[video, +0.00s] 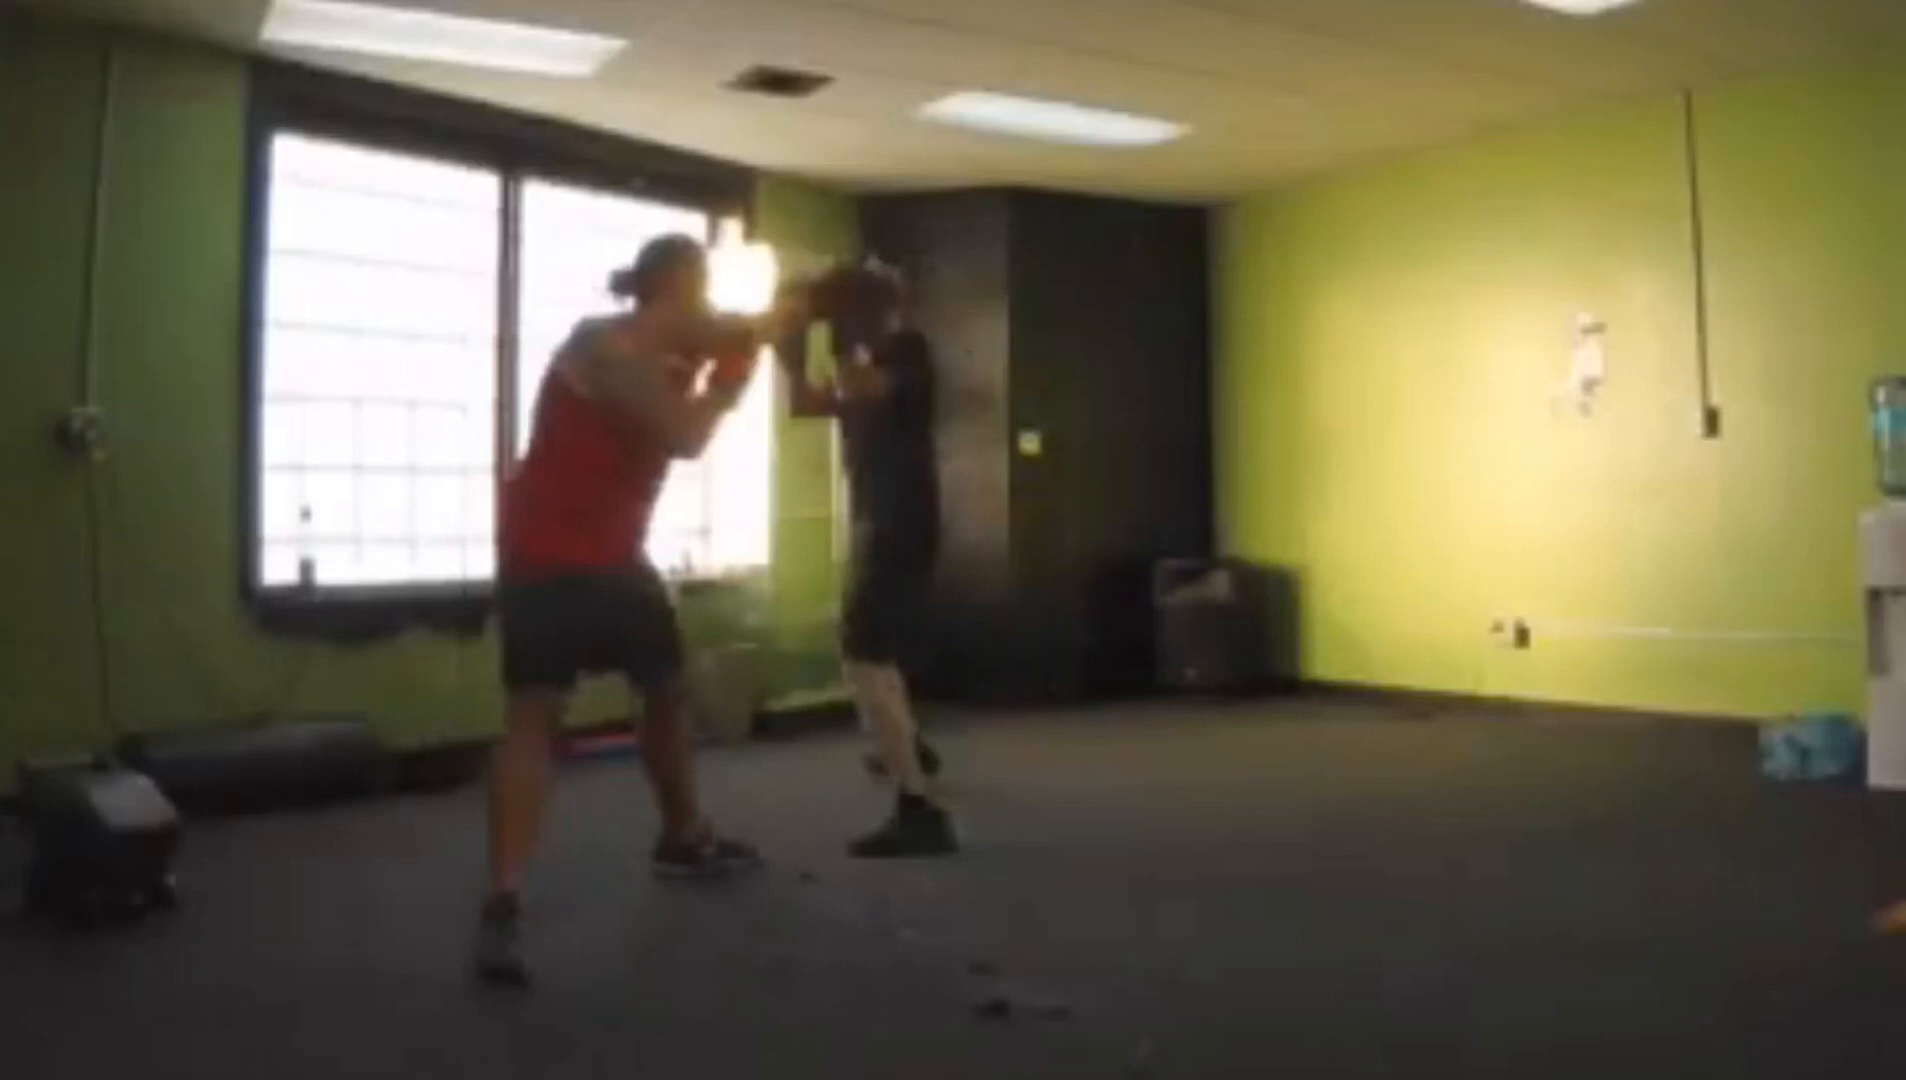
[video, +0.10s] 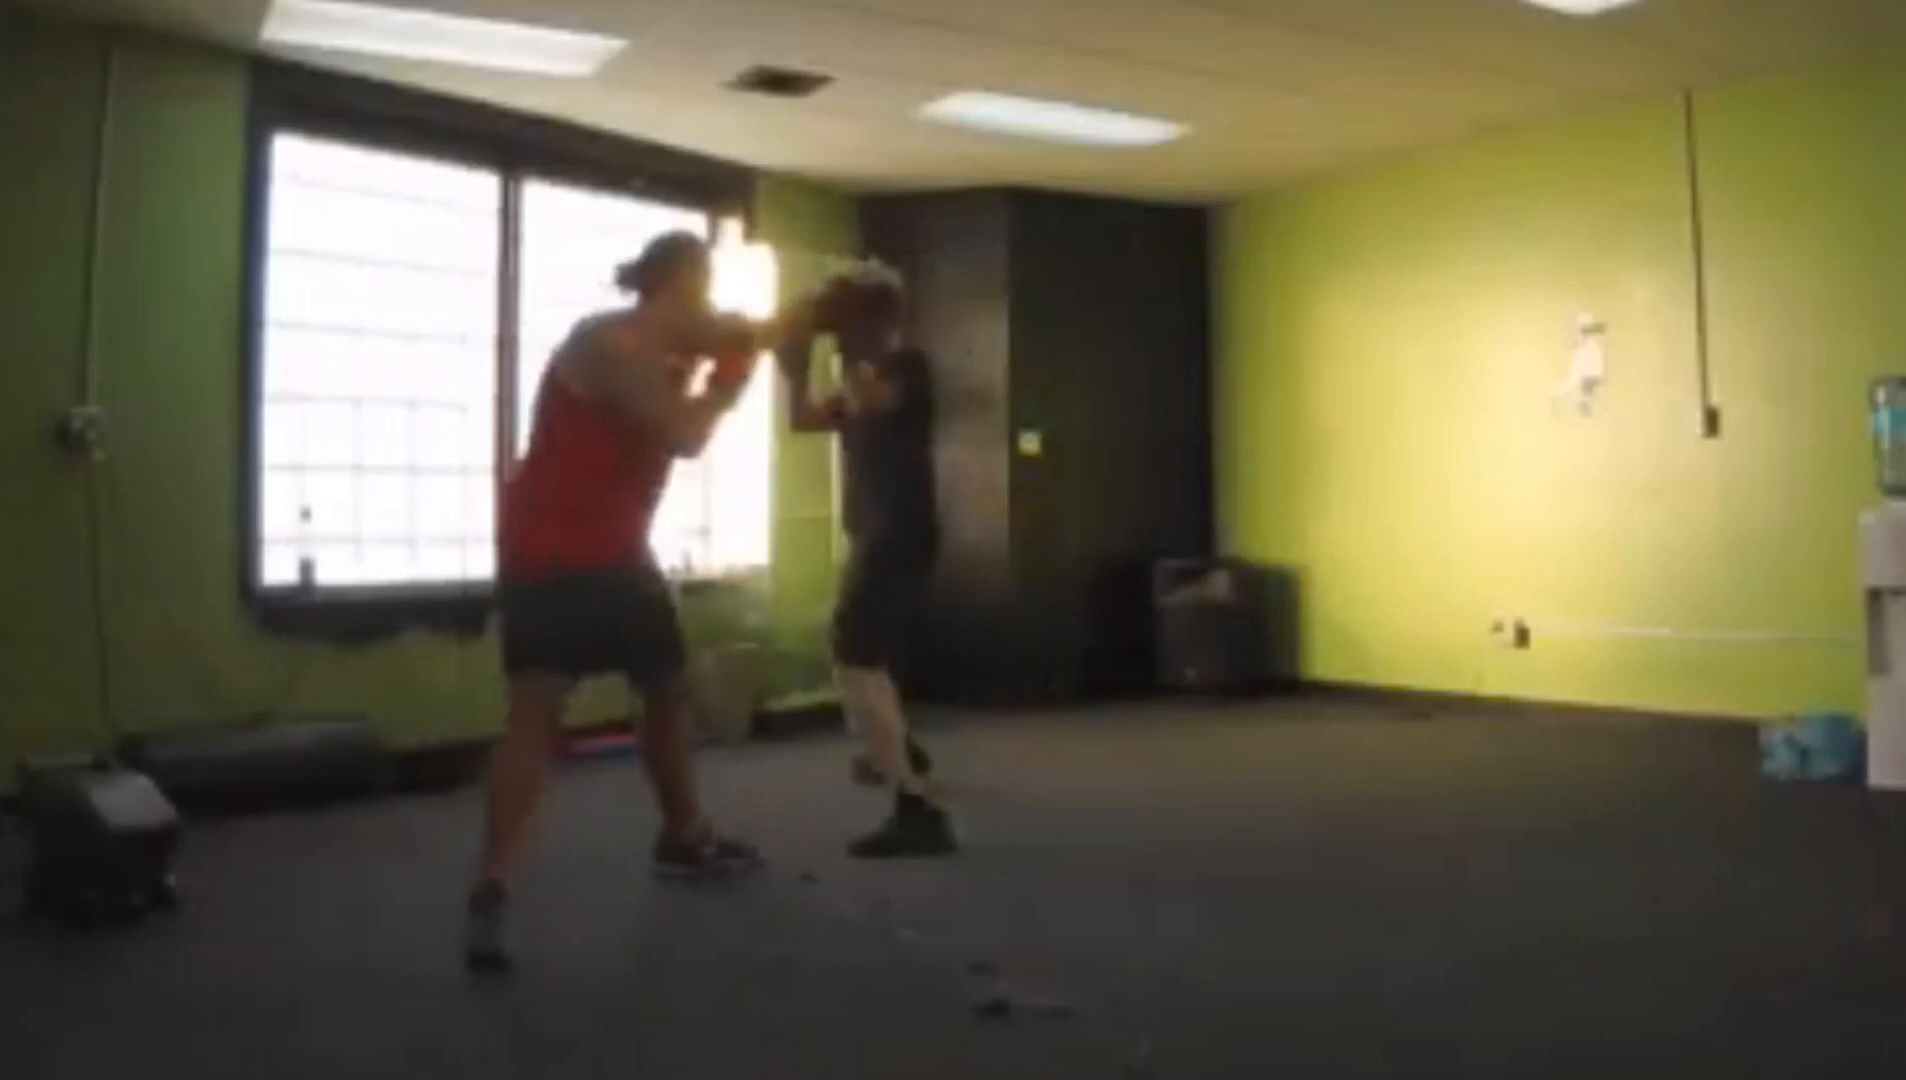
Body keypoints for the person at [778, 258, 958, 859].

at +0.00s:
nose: (840, 325)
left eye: (847, 311)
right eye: (840, 311)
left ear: (871, 307)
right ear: (860, 313)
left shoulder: (906, 351)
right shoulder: (867, 364)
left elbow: (861, 391)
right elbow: (801, 401)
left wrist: (836, 331)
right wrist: (792, 335)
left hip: (899, 524)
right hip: (880, 523)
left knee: (868, 659)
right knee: (869, 656)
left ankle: (916, 805)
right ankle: (908, 754)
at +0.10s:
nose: (841, 335)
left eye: (848, 322)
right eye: (840, 323)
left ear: (873, 319)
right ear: (861, 323)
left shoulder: (907, 367)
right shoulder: (865, 383)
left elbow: (870, 402)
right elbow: (802, 417)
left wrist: (841, 343)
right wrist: (796, 348)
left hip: (898, 538)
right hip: (876, 536)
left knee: (859, 661)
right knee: (863, 656)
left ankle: (912, 803)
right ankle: (899, 752)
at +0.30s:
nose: (839, 336)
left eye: (847, 323)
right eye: (833, 324)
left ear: (867, 321)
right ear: (828, 325)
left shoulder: (898, 375)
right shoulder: (844, 380)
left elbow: (898, 459)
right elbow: (842, 455)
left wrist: (835, 445)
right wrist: (812, 422)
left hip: (887, 522)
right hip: (864, 520)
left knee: (848, 644)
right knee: (868, 646)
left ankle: (896, 776)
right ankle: (906, 754)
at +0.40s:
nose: (827, 333)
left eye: (833, 320)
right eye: (824, 321)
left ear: (853, 317)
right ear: (829, 320)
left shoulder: (890, 369)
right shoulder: (851, 378)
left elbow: (918, 431)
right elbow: (838, 458)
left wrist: (846, 439)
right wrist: (807, 423)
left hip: (885, 523)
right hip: (864, 520)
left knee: (841, 643)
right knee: (871, 646)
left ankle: (887, 766)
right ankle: (908, 749)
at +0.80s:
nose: (841, 347)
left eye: (850, 337)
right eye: (835, 336)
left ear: (865, 339)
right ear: (826, 339)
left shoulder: (888, 392)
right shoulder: (818, 400)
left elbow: (902, 471)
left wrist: (842, 458)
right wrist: (783, 411)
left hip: (877, 539)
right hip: (829, 540)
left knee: (873, 655)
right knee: (789, 654)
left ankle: (955, 754)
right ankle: (793, 738)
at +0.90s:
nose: (855, 372)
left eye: (864, 362)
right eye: (850, 360)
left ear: (878, 365)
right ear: (841, 361)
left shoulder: (903, 418)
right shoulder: (824, 414)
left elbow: (914, 486)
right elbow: (796, 476)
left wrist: (894, 494)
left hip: (881, 564)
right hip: (831, 564)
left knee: (895, 666)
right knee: (776, 666)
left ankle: (969, 757)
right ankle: (791, 741)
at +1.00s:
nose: (892, 381)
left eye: (901, 371)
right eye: (886, 369)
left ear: (916, 373)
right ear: (874, 368)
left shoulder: (933, 420)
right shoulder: (845, 415)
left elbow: (947, 478)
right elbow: (831, 487)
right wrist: (874, 465)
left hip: (907, 562)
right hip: (851, 562)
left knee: (940, 644)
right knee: (803, 656)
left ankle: (1002, 745)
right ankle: (789, 738)